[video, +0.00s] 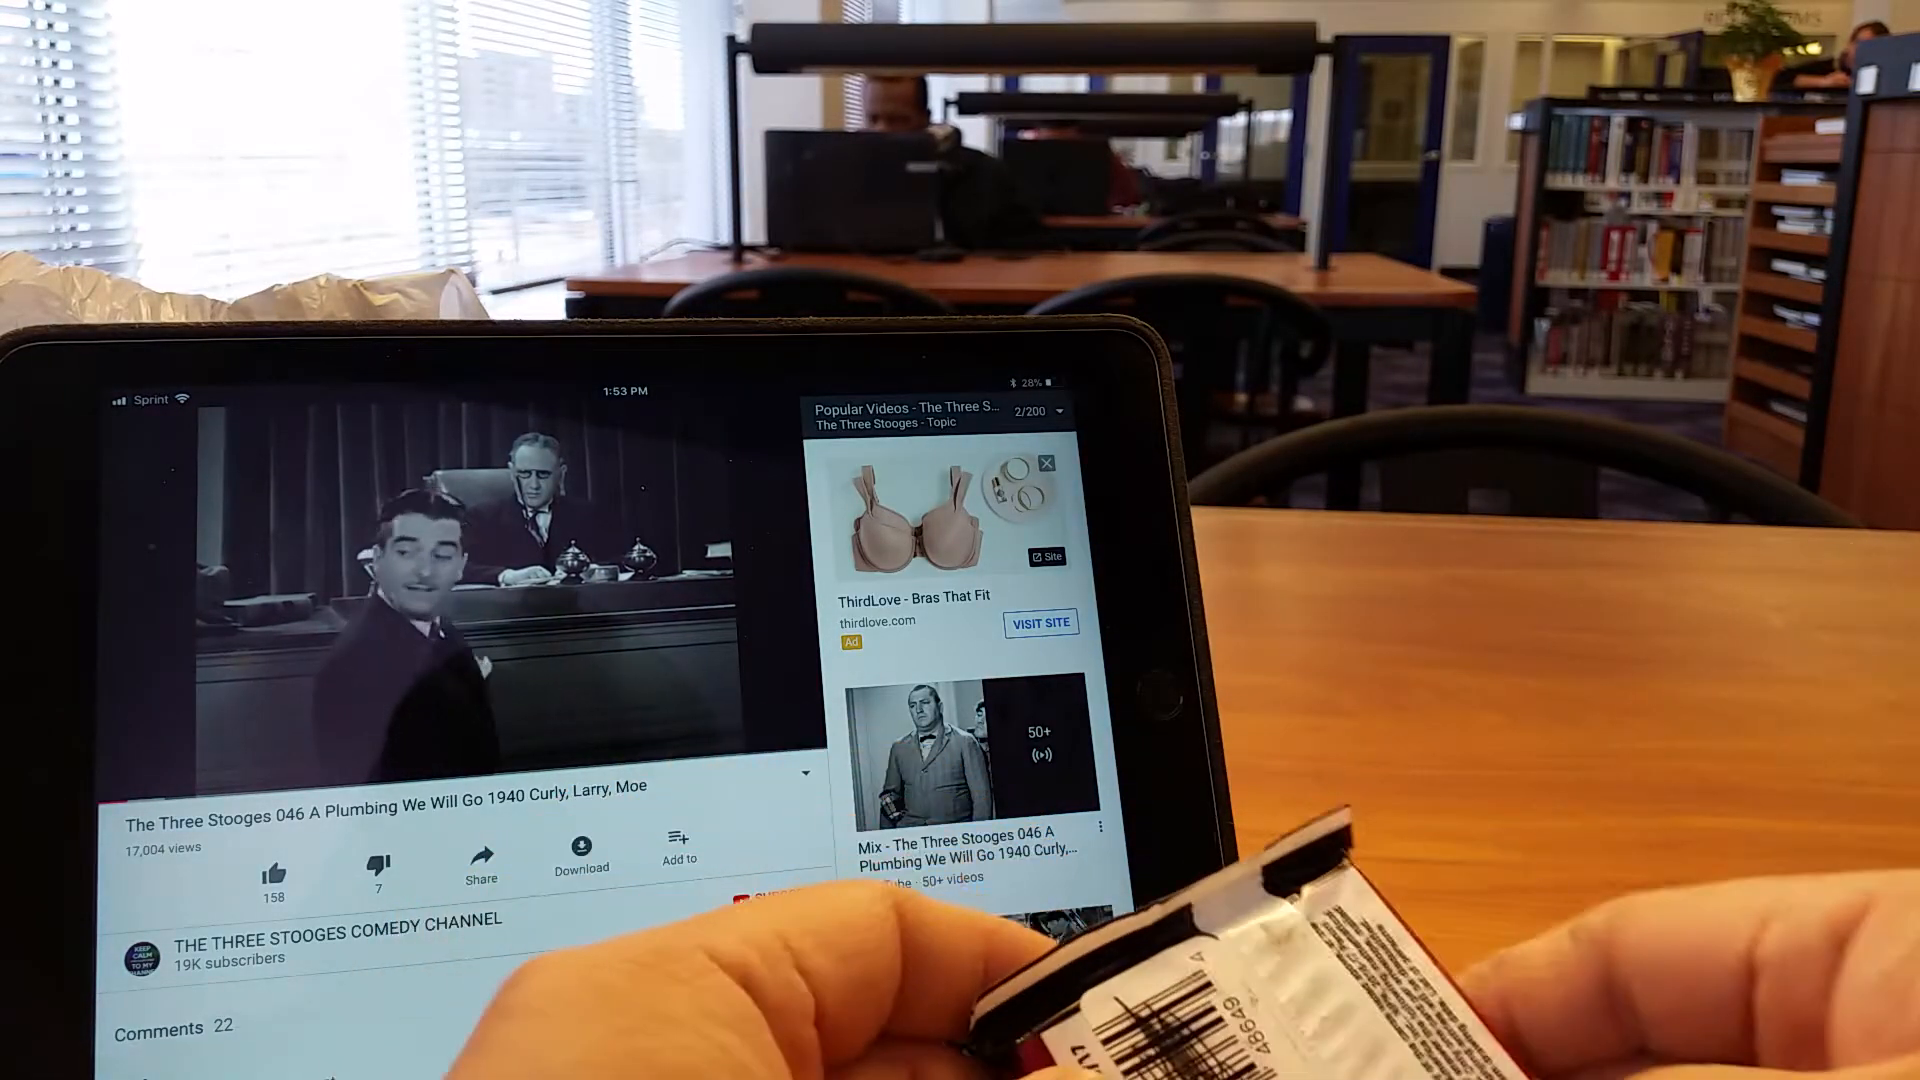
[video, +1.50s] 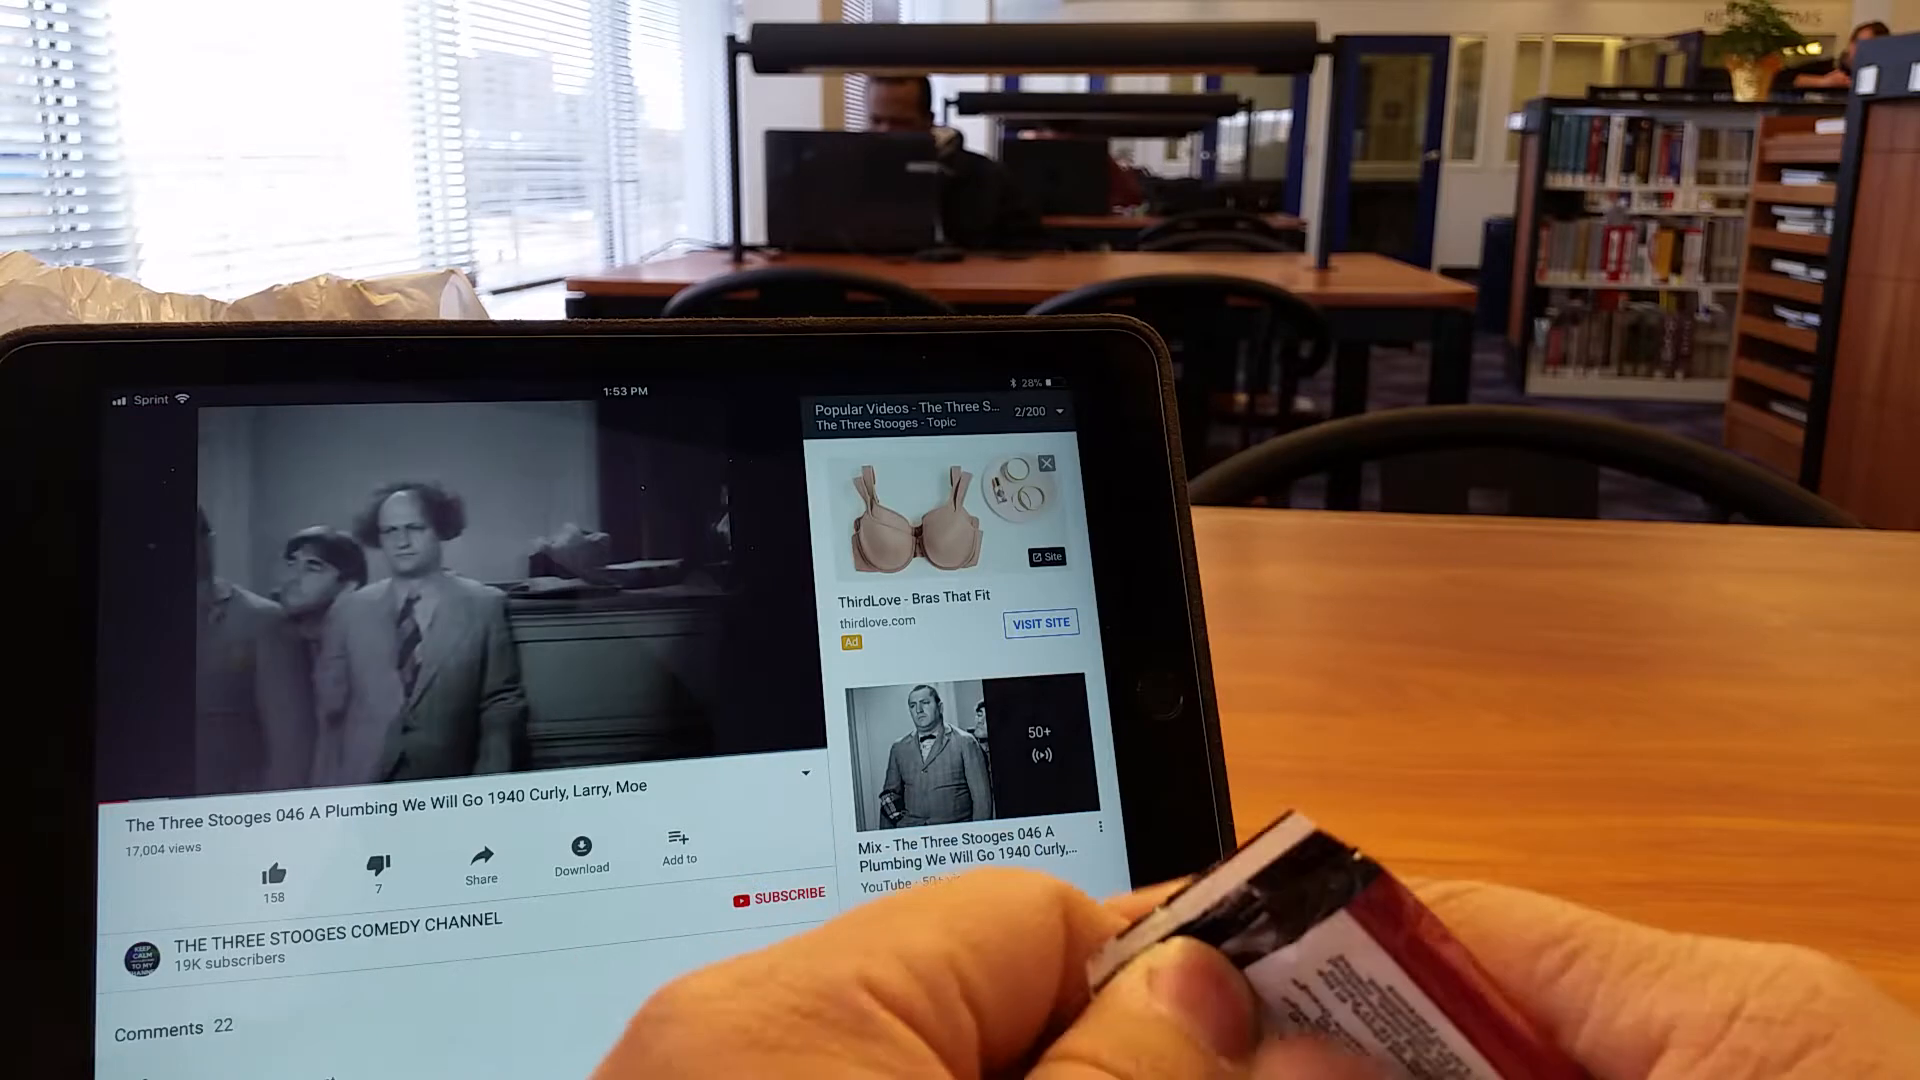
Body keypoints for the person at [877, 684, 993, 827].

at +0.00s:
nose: (919, 709)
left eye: (925, 703)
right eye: (913, 705)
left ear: (939, 706)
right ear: (909, 711)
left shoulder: (964, 742)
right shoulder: (899, 748)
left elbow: (981, 795)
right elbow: (890, 795)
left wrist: (979, 835)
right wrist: (887, 839)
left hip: (955, 832)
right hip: (910, 836)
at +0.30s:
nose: (919, 710)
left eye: (925, 703)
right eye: (913, 705)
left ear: (939, 707)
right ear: (909, 711)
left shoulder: (964, 742)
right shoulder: (899, 748)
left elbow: (981, 795)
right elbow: (890, 796)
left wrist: (979, 835)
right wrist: (886, 838)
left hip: (955, 831)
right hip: (910, 835)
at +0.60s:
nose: (919, 709)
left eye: (925, 703)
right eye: (913, 705)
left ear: (939, 707)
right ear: (909, 711)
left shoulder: (964, 742)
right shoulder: (899, 748)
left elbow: (981, 795)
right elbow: (890, 796)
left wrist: (979, 835)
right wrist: (886, 838)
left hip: (955, 831)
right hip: (910, 835)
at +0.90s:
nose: (918, 709)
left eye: (925, 703)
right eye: (913, 705)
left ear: (939, 707)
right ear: (909, 711)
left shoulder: (964, 742)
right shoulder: (899, 749)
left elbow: (980, 794)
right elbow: (891, 794)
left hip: (956, 821)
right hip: (915, 825)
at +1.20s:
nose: (919, 709)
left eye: (925, 703)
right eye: (913, 705)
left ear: (939, 707)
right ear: (909, 711)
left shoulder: (964, 742)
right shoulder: (899, 748)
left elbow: (981, 795)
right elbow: (891, 791)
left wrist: (979, 835)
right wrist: (889, 801)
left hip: (955, 831)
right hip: (911, 834)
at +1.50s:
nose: (919, 710)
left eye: (925, 703)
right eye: (913, 705)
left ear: (940, 707)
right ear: (909, 711)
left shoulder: (964, 742)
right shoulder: (899, 748)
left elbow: (981, 796)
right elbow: (890, 796)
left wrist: (978, 835)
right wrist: (886, 838)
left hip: (956, 833)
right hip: (911, 836)